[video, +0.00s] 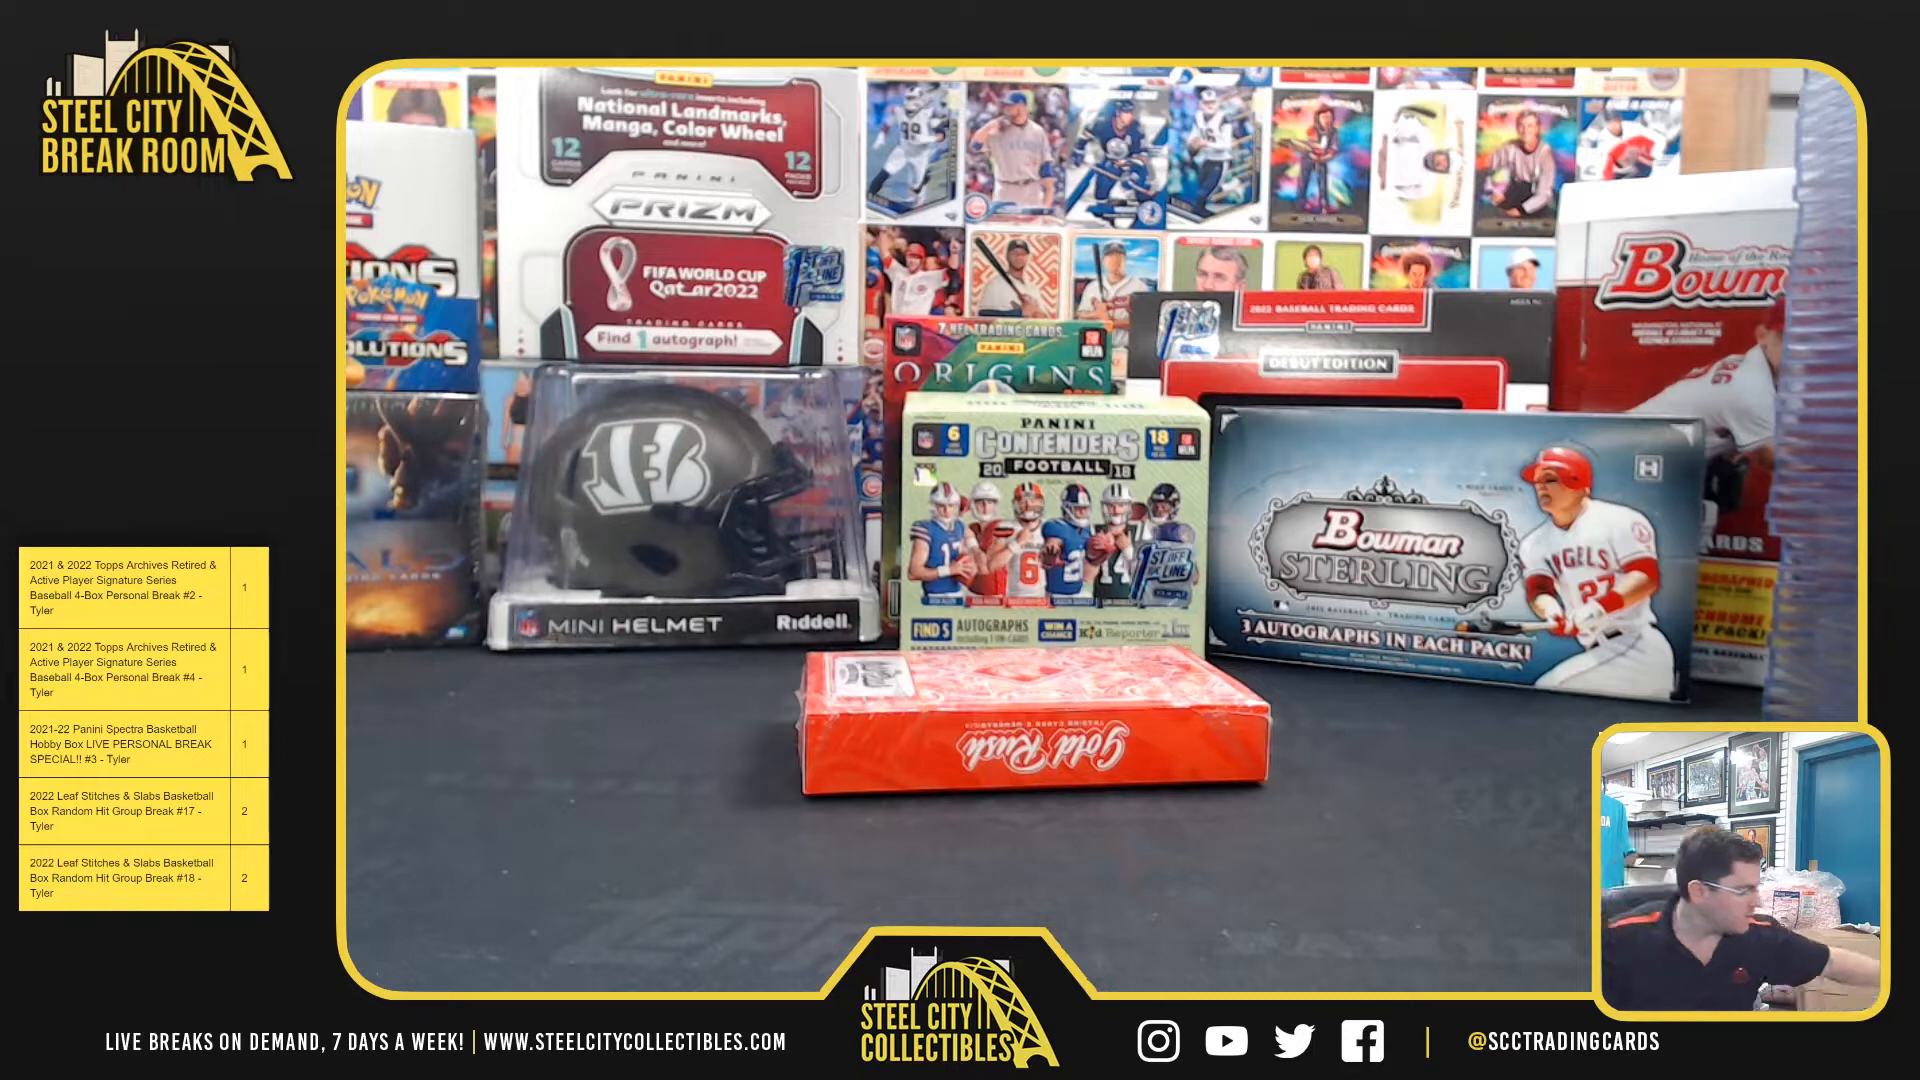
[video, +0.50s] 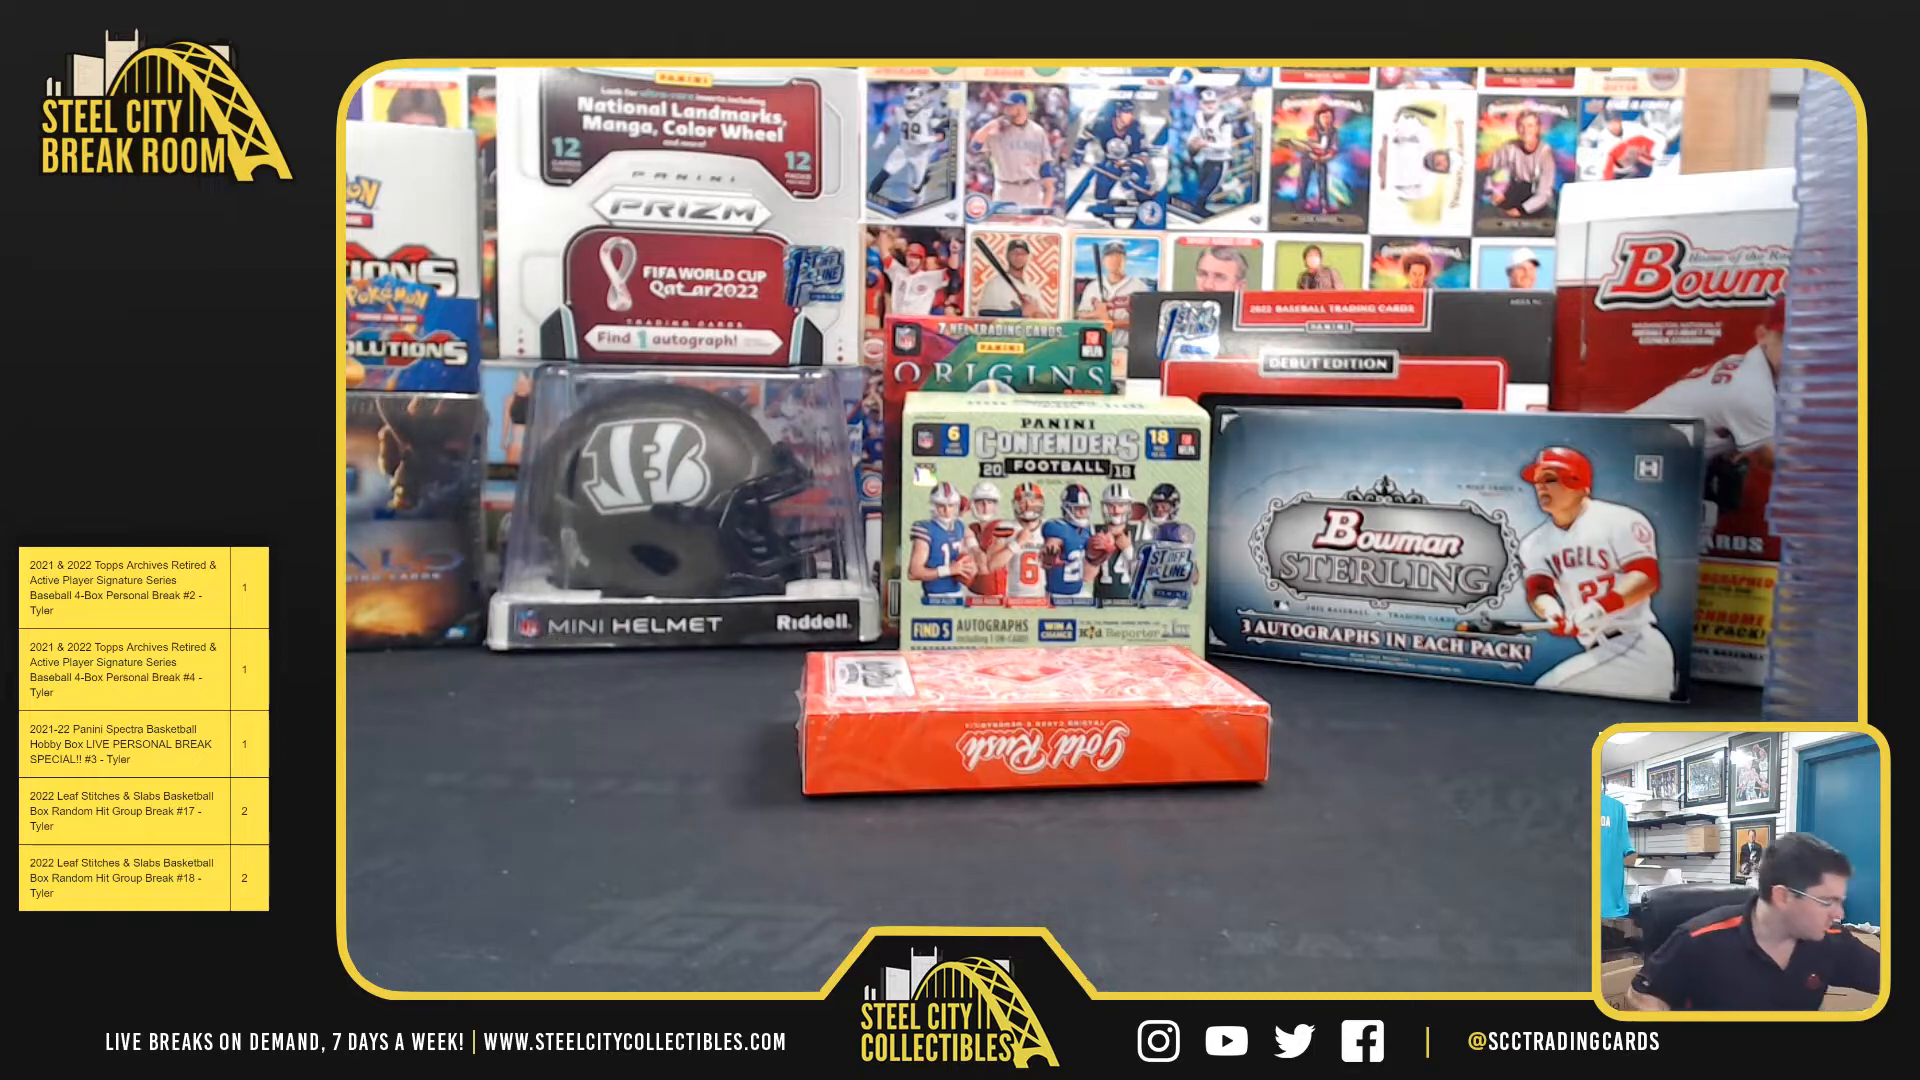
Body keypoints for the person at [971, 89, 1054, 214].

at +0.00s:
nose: (1007, 110)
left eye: (1011, 106)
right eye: (1006, 106)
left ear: (1023, 108)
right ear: (1005, 108)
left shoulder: (1038, 132)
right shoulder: (997, 129)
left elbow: (1046, 167)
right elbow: (974, 147)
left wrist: (1048, 201)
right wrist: (990, 126)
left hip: (1031, 187)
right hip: (1004, 186)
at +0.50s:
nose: (1007, 110)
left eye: (1010, 106)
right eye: (1006, 106)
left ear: (1022, 107)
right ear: (1005, 107)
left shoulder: (1038, 132)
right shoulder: (997, 129)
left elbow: (1046, 167)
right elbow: (974, 147)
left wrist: (1048, 201)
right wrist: (990, 127)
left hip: (1031, 187)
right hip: (1004, 186)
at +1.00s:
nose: (1006, 110)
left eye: (1010, 106)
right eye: (1005, 106)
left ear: (1022, 107)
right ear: (1004, 107)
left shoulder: (1038, 132)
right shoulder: (997, 129)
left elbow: (1046, 166)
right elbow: (974, 147)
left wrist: (1048, 200)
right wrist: (990, 127)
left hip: (1032, 186)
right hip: (1005, 186)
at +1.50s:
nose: (1006, 110)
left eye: (1010, 106)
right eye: (1005, 106)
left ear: (1022, 107)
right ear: (1004, 107)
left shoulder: (1038, 132)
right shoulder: (997, 129)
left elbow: (1046, 166)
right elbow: (974, 147)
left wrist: (1048, 200)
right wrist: (990, 127)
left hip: (1032, 186)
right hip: (1005, 186)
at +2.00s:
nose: (1006, 110)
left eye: (1010, 106)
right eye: (1005, 106)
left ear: (1022, 107)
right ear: (1004, 107)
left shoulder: (1038, 132)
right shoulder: (997, 129)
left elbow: (1046, 166)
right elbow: (974, 146)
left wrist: (1048, 198)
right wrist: (992, 126)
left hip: (1032, 186)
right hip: (1005, 186)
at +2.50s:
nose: (1007, 110)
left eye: (1011, 106)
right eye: (1006, 106)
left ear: (1022, 107)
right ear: (1004, 107)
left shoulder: (1038, 132)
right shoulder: (997, 129)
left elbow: (1046, 166)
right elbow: (974, 147)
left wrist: (1048, 200)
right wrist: (990, 127)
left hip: (1031, 186)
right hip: (1005, 186)